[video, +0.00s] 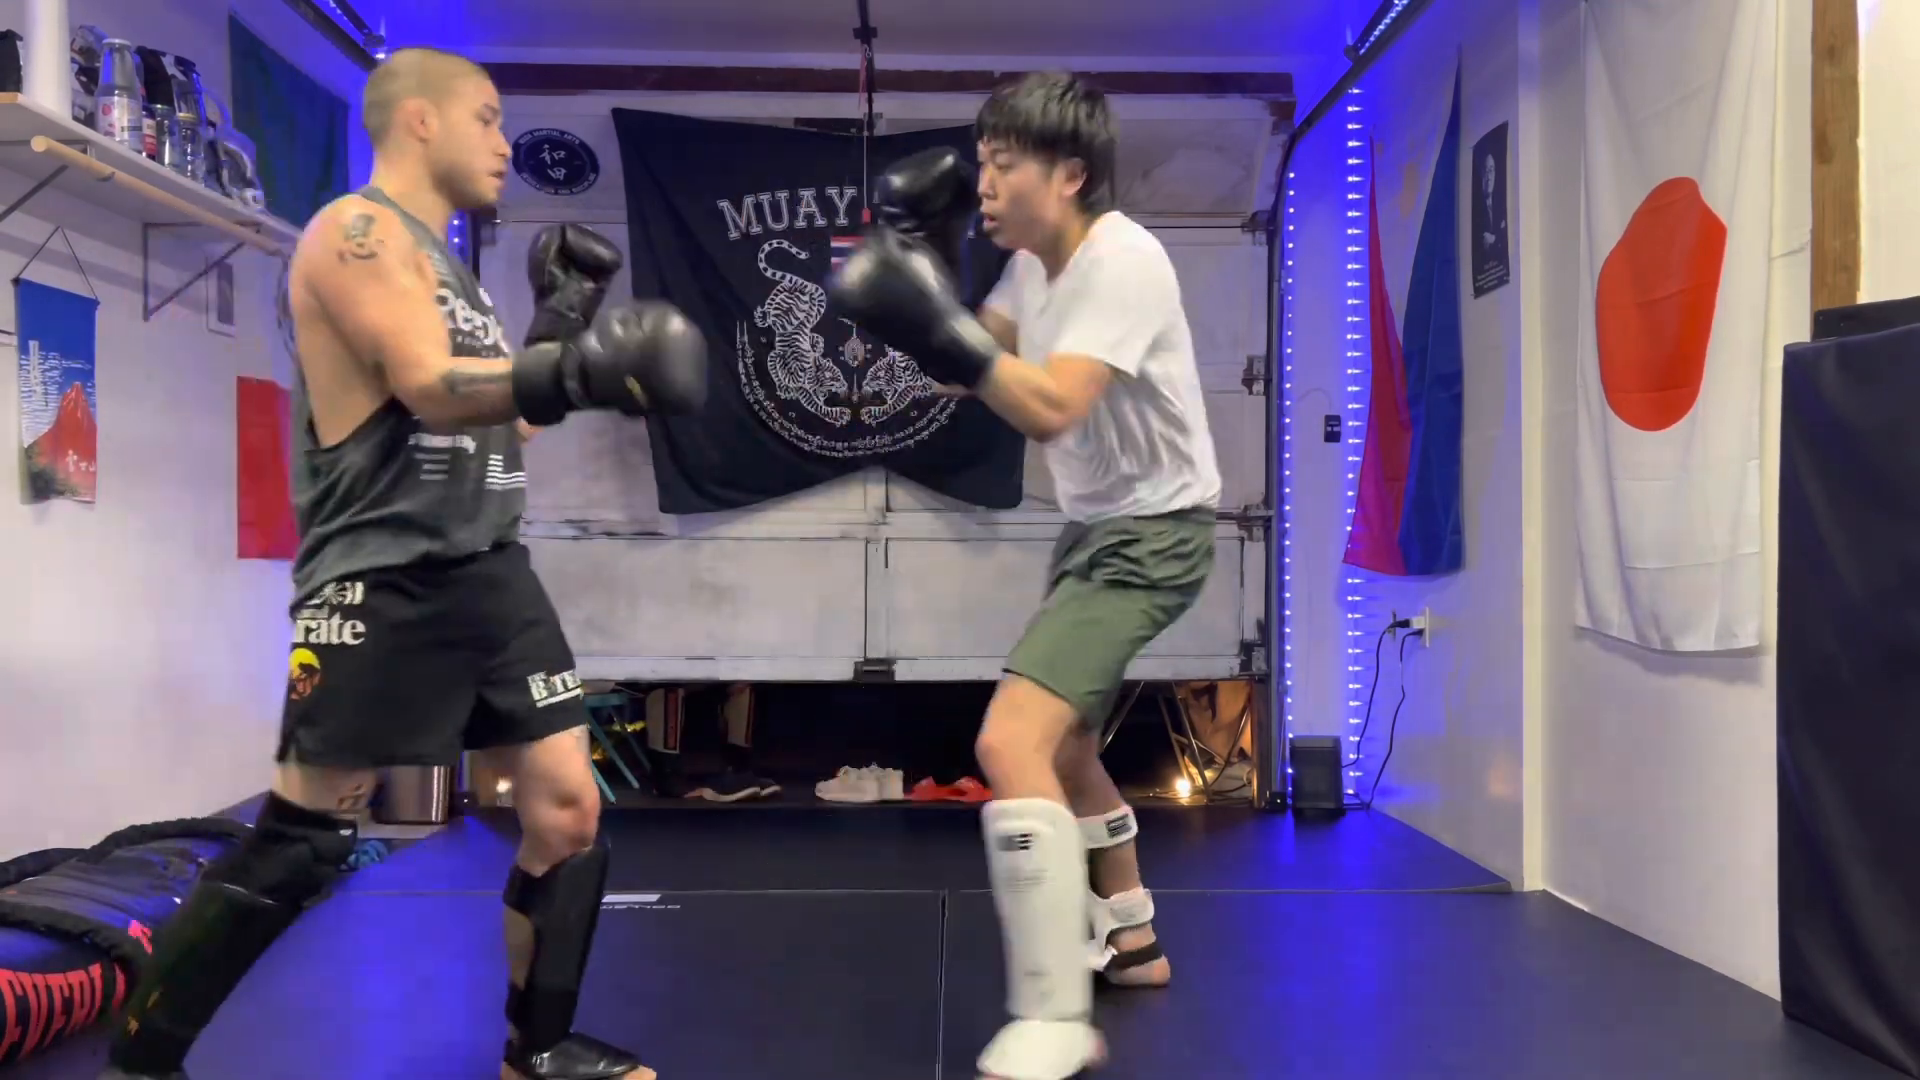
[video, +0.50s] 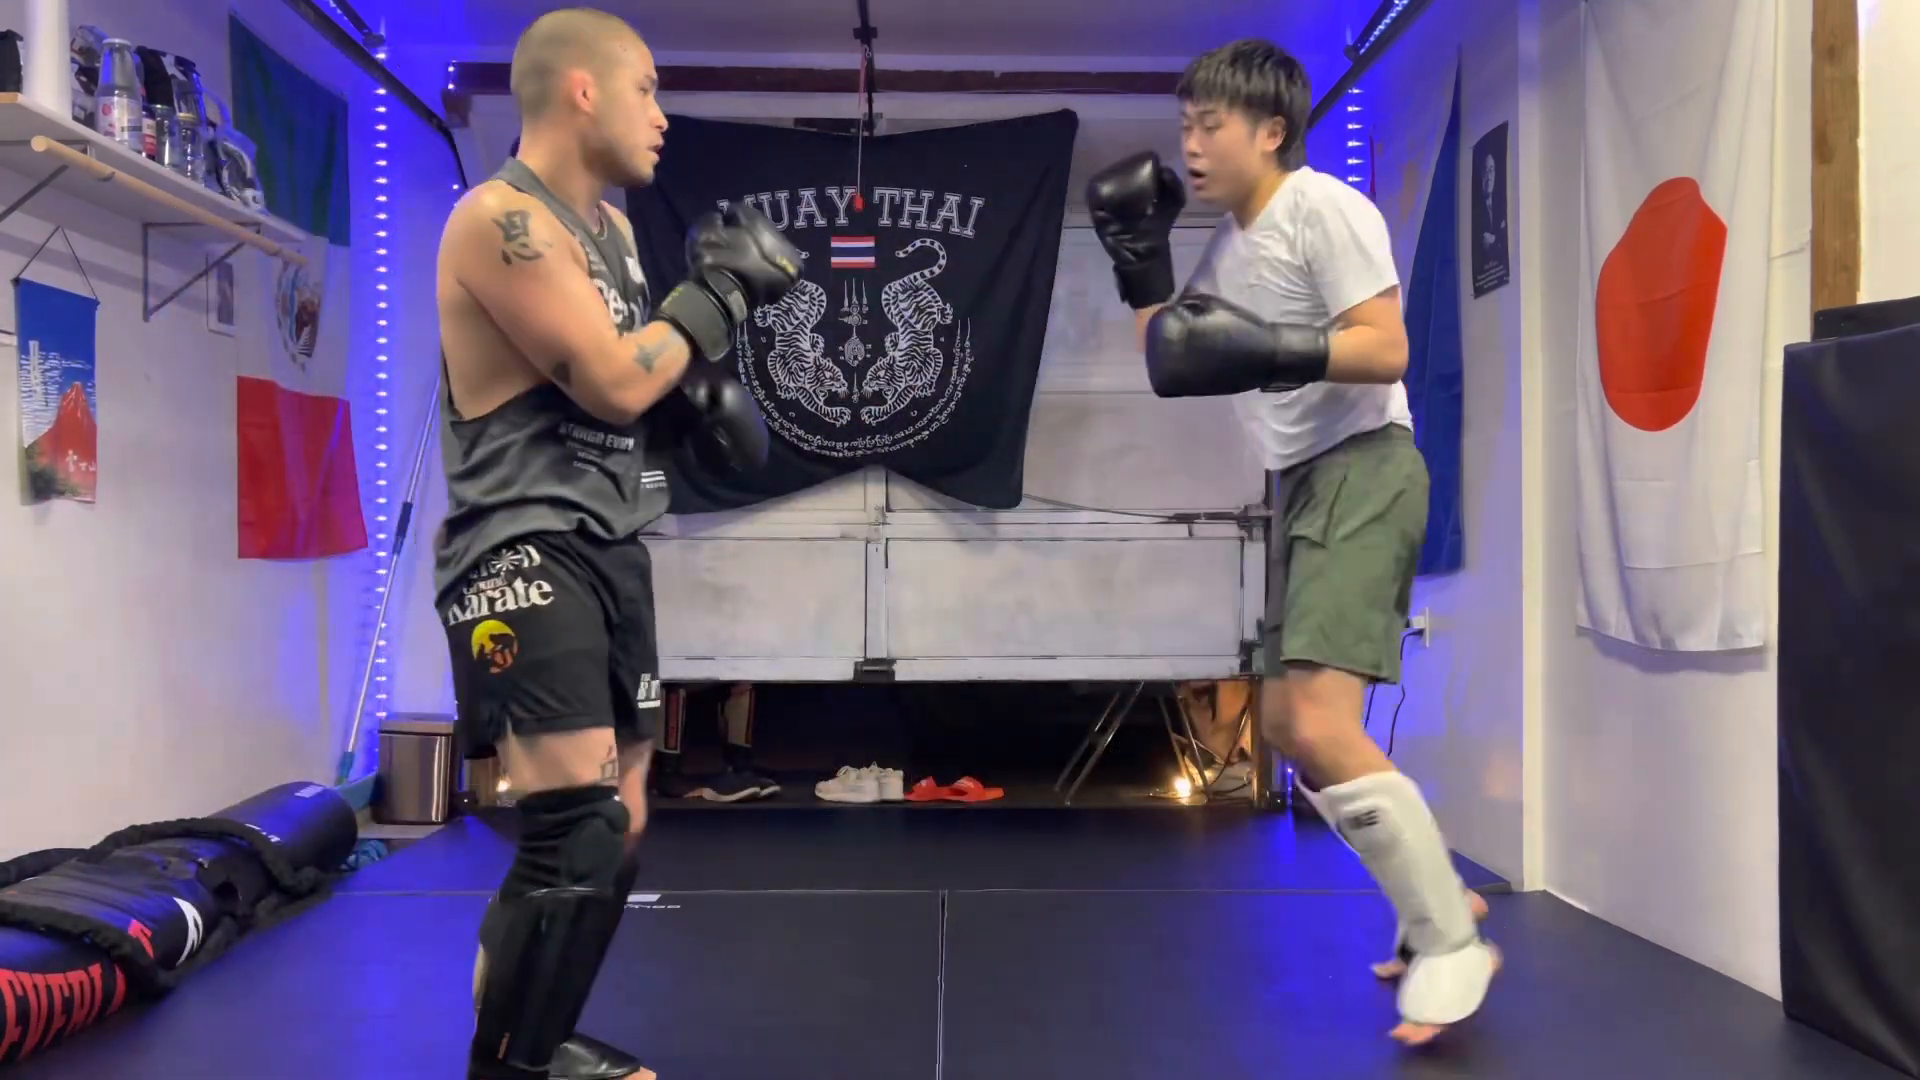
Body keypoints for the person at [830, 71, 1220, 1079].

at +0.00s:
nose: (985, 189)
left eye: (1003, 167)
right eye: (983, 168)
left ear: (1068, 175)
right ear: (1018, 180)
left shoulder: (1123, 259)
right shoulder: (1033, 268)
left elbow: (1052, 409)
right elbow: (985, 363)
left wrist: (942, 325)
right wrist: (933, 249)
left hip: (1153, 533)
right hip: (1096, 532)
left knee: (1012, 744)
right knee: (1063, 742)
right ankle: (1128, 931)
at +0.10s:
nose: (1024, 197)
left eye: (1041, 175)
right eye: (1024, 176)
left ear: (1109, 182)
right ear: (1092, 187)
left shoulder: (1143, 254)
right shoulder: (1111, 272)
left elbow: (972, 303)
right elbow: (1040, 390)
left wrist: (819, 272)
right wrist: (1018, 272)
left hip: (1213, 537)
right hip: (1182, 536)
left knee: (1100, 793)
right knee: (1104, 743)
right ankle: (1182, 924)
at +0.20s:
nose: (1066, 230)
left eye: (1082, 209)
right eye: (1066, 211)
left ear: (1147, 215)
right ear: (1133, 219)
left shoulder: (1186, 280)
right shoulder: (1160, 297)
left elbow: (1052, 357)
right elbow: (1101, 430)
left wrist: (910, 317)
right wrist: (1077, 318)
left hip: (1263, 561)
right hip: (1243, 559)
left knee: (1131, 801)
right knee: (1183, 748)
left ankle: (1246, 1052)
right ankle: (1323, 897)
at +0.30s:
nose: (1113, 215)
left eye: (1131, 193)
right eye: (1113, 195)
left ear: (1196, 203)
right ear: (1169, 210)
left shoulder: (1244, 276)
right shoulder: (1183, 310)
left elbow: (1223, 413)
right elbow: (1124, 410)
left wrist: (1092, 383)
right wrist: (1086, 311)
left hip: (1308, 550)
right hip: (1277, 550)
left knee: (1206, 781)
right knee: (1310, 781)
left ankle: (1259, 1049)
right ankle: (1463, 922)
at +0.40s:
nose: (1158, 179)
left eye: (1178, 158)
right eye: (1157, 161)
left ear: (1239, 167)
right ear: (1195, 175)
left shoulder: (1295, 240)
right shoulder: (1209, 281)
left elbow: (1339, 388)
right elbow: (1139, 373)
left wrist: (1208, 377)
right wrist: (1111, 278)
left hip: (1344, 515)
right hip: (1292, 526)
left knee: (1280, 747)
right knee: (1360, 754)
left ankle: (1314, 1020)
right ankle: (1476, 929)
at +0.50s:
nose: (1189, 142)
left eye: (1209, 123)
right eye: (1186, 123)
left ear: (1270, 133)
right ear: (1200, 137)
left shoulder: (1326, 209)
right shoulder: (1226, 254)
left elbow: (1387, 347)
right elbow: (1174, 357)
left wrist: (1259, 352)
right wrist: (1143, 260)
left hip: (1364, 469)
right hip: (1299, 484)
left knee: (1319, 718)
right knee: (1284, 724)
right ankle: (1436, 896)